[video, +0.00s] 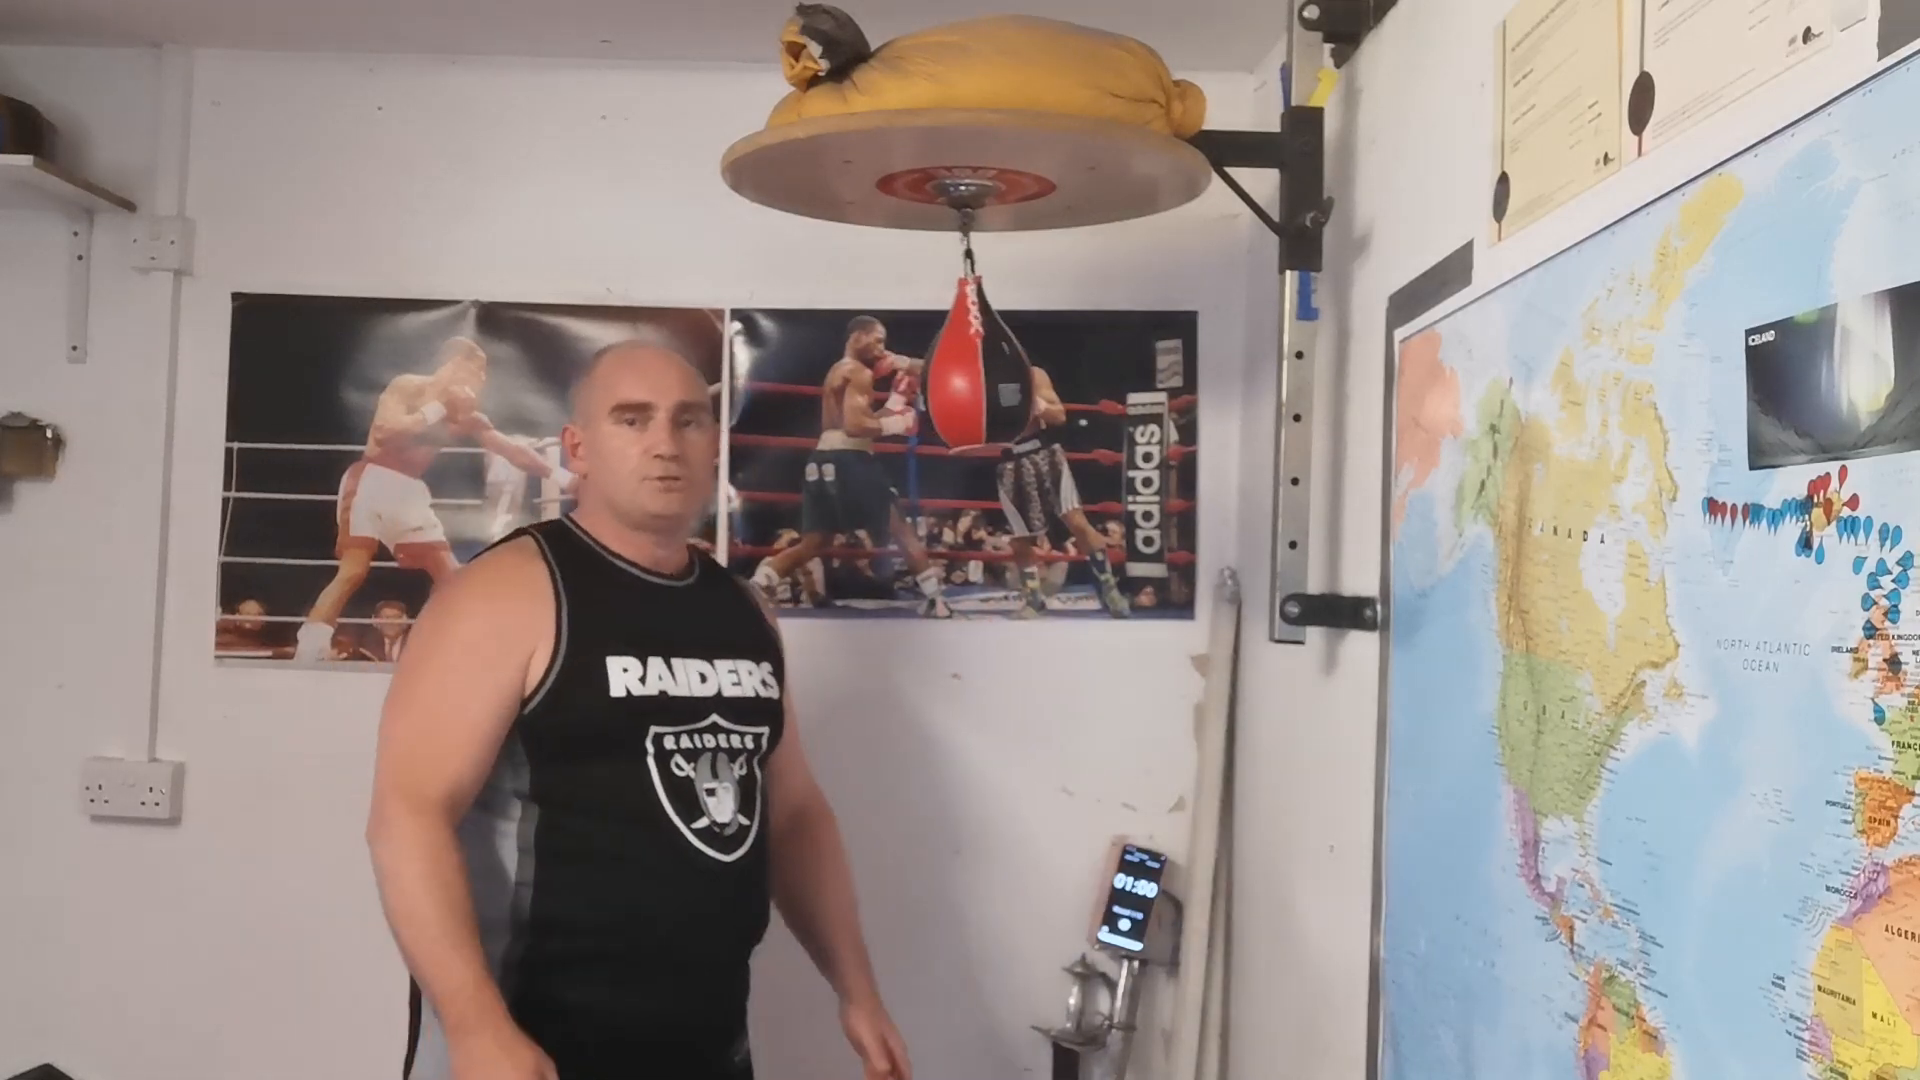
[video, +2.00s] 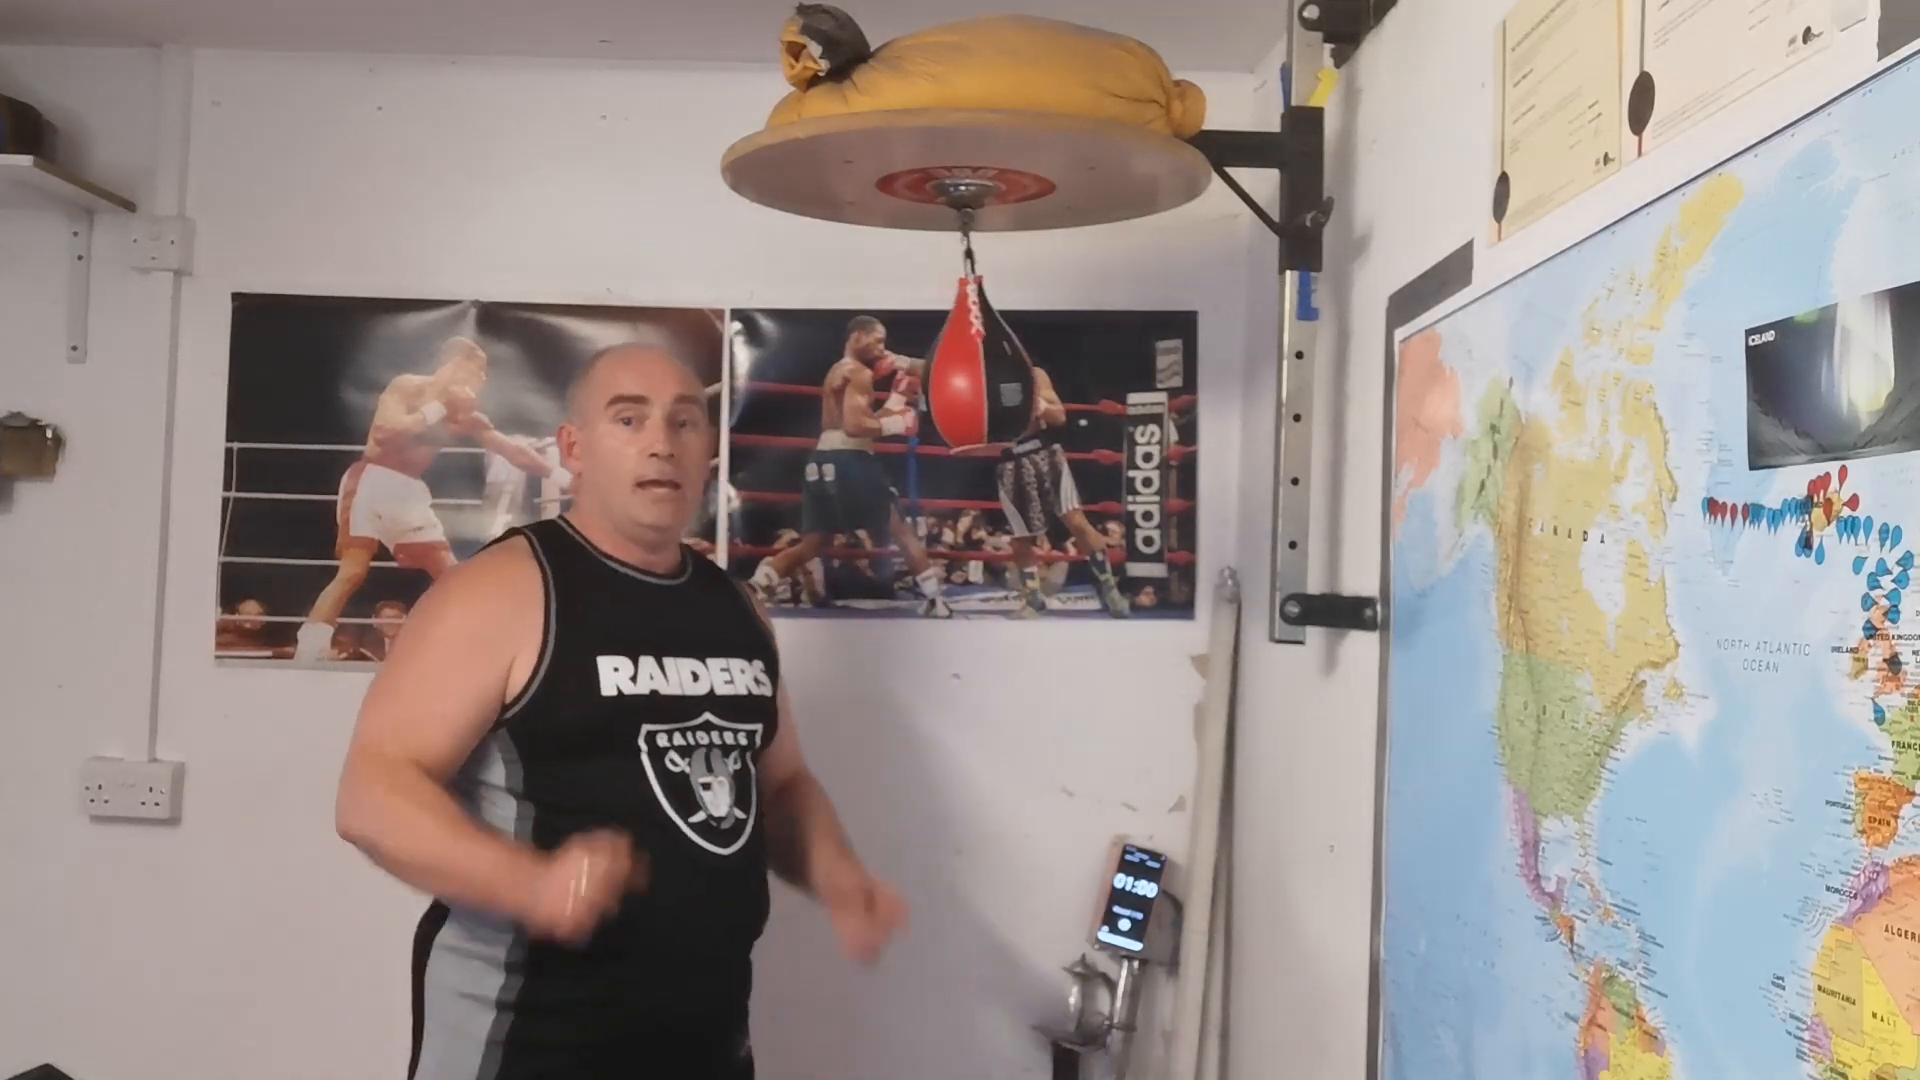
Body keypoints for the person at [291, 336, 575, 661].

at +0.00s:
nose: (476, 382)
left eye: (480, 375)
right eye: (473, 372)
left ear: (476, 379)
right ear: (453, 365)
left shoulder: (462, 411)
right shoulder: (404, 387)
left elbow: (512, 451)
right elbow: (382, 433)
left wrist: (559, 477)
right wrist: (432, 415)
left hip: (408, 491)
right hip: (370, 482)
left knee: (447, 573)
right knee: (353, 569)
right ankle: (308, 646)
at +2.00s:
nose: (480, 381)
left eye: (482, 375)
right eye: (475, 371)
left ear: (476, 378)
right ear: (453, 364)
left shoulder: (464, 411)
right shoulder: (406, 386)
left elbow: (509, 449)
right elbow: (382, 433)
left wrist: (558, 475)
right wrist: (433, 414)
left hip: (410, 492)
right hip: (371, 482)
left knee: (449, 573)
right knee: (352, 572)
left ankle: (461, 655)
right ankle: (307, 650)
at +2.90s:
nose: (474, 384)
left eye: (478, 378)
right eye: (469, 374)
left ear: (479, 382)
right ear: (449, 366)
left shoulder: (464, 416)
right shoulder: (405, 386)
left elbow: (511, 449)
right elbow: (383, 433)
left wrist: (563, 477)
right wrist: (435, 410)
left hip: (409, 493)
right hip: (367, 483)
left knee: (448, 574)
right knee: (353, 571)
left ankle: (460, 655)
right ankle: (305, 652)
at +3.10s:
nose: (473, 385)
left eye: (477, 379)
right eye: (469, 375)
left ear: (477, 382)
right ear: (450, 365)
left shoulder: (464, 415)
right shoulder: (405, 386)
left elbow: (510, 449)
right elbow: (384, 432)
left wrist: (563, 478)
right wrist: (436, 410)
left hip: (409, 493)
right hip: (369, 484)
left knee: (448, 574)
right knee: (353, 571)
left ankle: (462, 652)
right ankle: (306, 650)